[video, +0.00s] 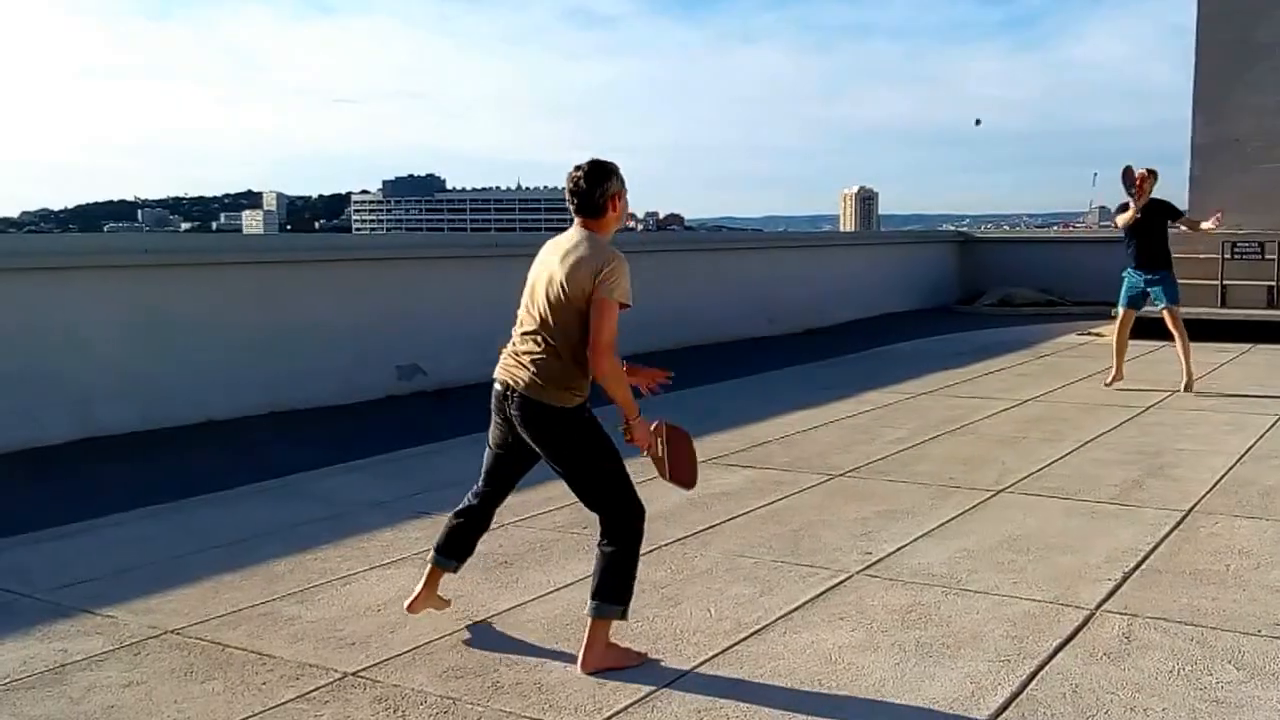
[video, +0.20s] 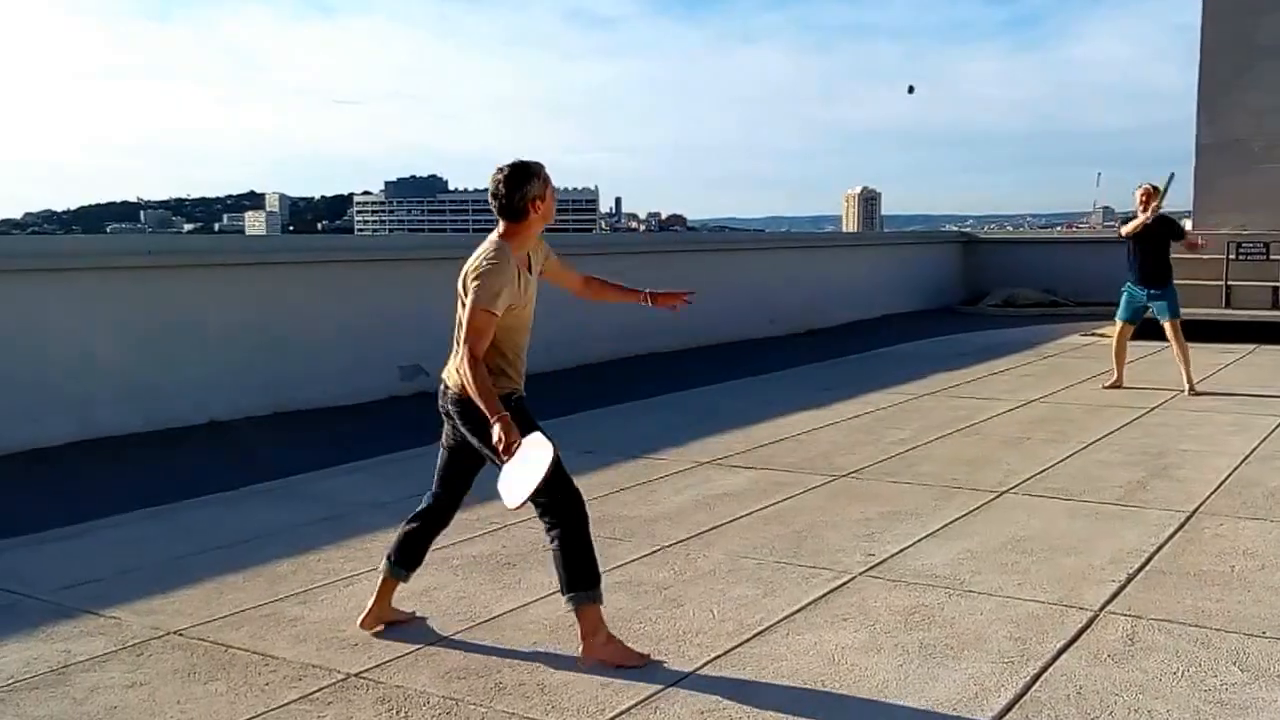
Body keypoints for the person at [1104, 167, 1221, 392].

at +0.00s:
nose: (1140, 185)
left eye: (1145, 182)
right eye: (1138, 180)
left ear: (1152, 185)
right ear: (1133, 183)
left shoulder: (1162, 207)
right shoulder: (1124, 208)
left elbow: (1188, 224)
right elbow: (1120, 223)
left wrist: (1207, 225)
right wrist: (1135, 208)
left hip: (1161, 274)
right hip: (1134, 273)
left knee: (1174, 324)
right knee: (1122, 322)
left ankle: (1187, 374)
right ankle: (1117, 370)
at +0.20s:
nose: (1144, 199)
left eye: (1148, 195)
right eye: (1141, 195)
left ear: (1156, 200)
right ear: (1135, 199)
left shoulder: (1165, 222)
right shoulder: (1129, 222)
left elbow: (1186, 242)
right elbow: (1125, 232)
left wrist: (1196, 245)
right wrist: (1145, 218)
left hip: (1162, 289)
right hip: (1134, 288)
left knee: (1173, 333)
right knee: (1120, 333)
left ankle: (1188, 382)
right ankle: (1117, 377)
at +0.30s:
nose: (1147, 201)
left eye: (1151, 198)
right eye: (1144, 197)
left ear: (1158, 201)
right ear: (1137, 200)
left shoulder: (1168, 225)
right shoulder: (1128, 224)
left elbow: (1177, 253)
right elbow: (1126, 245)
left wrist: (1184, 269)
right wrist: (1146, 243)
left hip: (1164, 290)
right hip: (1136, 288)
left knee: (1176, 334)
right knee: (1119, 334)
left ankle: (1193, 379)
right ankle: (1119, 377)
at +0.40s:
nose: (1151, 203)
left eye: (1155, 199)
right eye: (1148, 199)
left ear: (1162, 203)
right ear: (1142, 202)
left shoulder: (1173, 227)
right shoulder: (1132, 228)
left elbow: (1179, 260)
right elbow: (1125, 259)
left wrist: (1178, 284)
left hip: (1165, 290)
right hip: (1138, 289)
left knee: (1178, 335)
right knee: (1121, 334)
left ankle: (1196, 378)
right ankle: (1121, 378)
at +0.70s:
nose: (1161, 191)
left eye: (1165, 187)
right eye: (1159, 187)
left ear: (1174, 189)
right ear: (1154, 189)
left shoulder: (1189, 210)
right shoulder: (1152, 215)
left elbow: (1205, 236)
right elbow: (1144, 245)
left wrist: (1203, 268)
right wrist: (1128, 270)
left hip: (1185, 278)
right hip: (1159, 277)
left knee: (1197, 328)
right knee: (1144, 324)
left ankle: (1206, 376)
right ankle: (1134, 370)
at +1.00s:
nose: (1173, 212)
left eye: (1177, 208)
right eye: (1170, 208)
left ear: (1187, 208)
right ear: (1167, 211)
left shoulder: (1199, 228)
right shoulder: (1177, 234)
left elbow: (1216, 249)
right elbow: (1172, 260)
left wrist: (1207, 270)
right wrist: (1146, 260)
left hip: (1204, 295)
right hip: (1181, 294)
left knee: (1207, 343)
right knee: (1156, 334)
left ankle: (1240, 382)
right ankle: (1155, 377)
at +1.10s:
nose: (1182, 212)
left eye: (1186, 208)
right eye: (1179, 209)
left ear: (1197, 208)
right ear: (1177, 211)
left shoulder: (1211, 228)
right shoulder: (1189, 235)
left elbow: (1233, 249)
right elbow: (1181, 262)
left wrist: (1224, 269)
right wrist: (1154, 259)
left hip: (1218, 295)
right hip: (1195, 295)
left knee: (1211, 342)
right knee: (1168, 333)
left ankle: (1241, 382)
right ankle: (1156, 375)